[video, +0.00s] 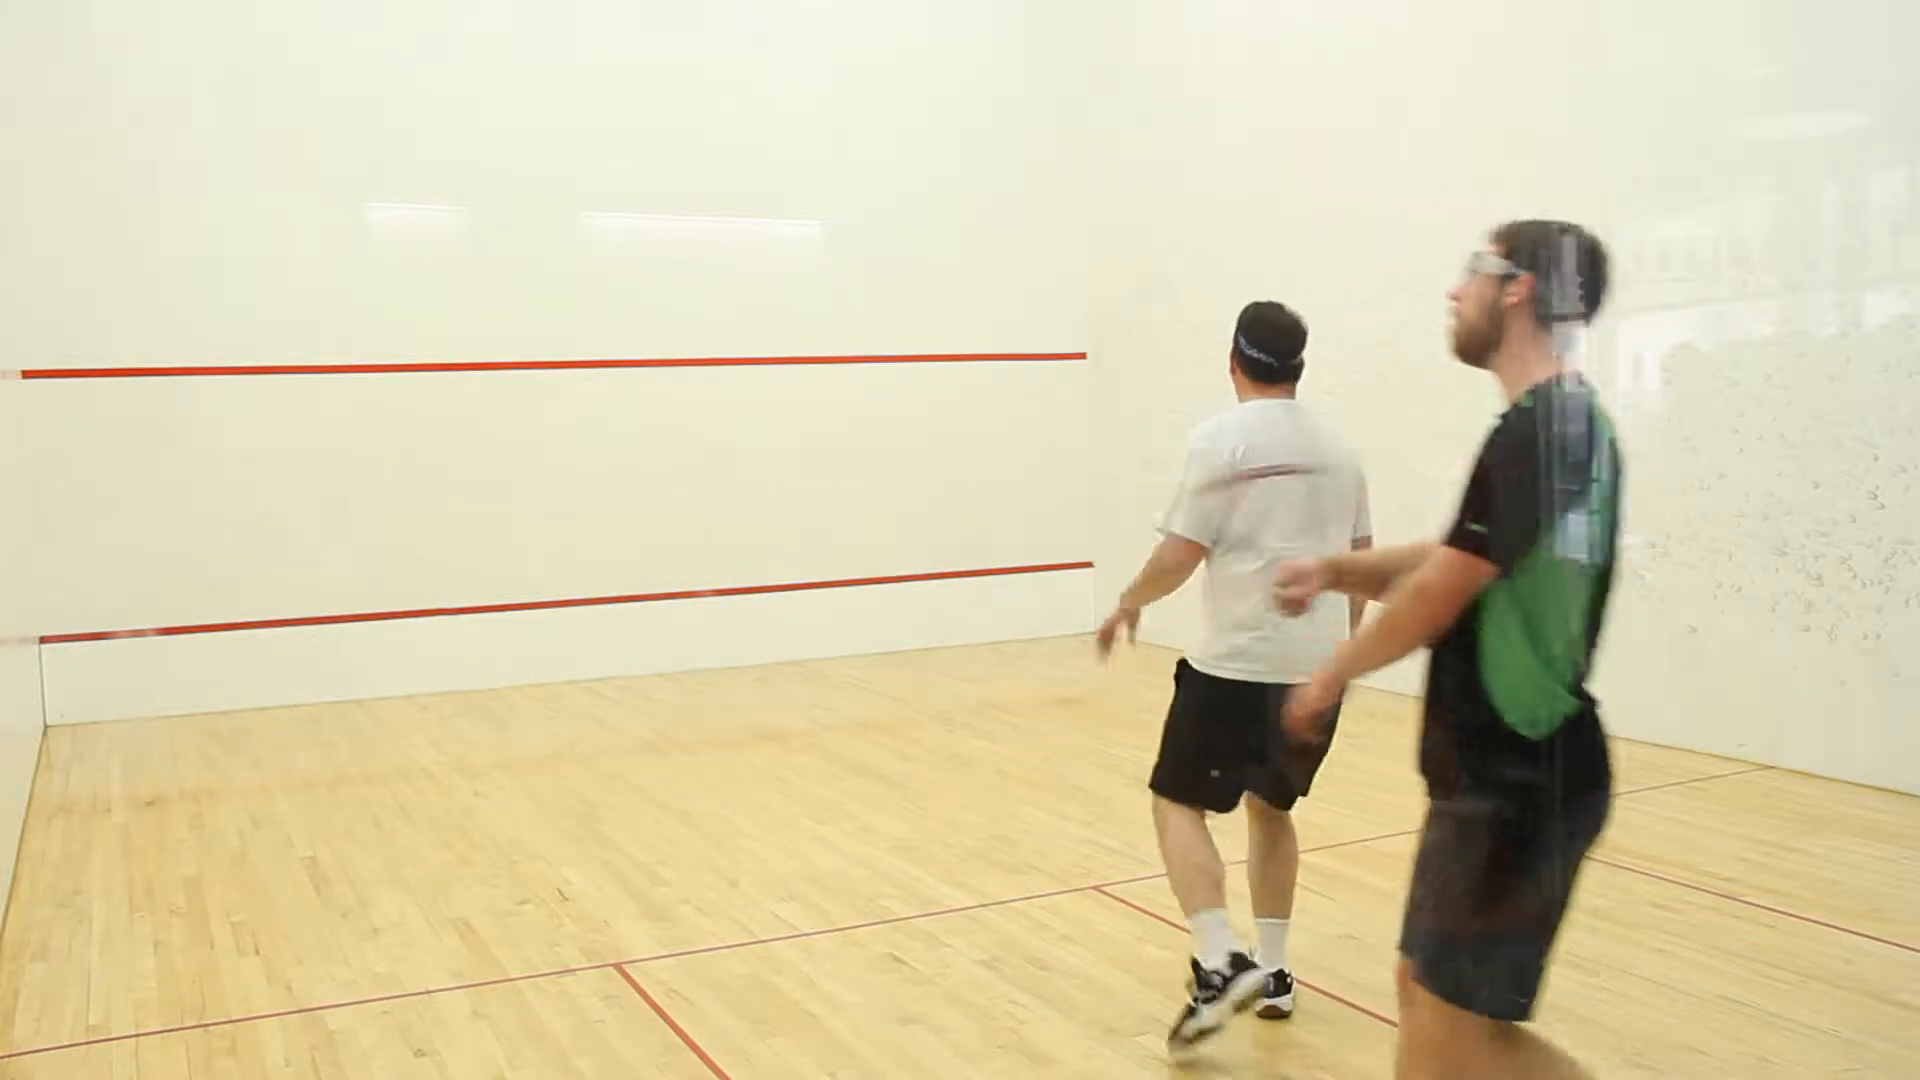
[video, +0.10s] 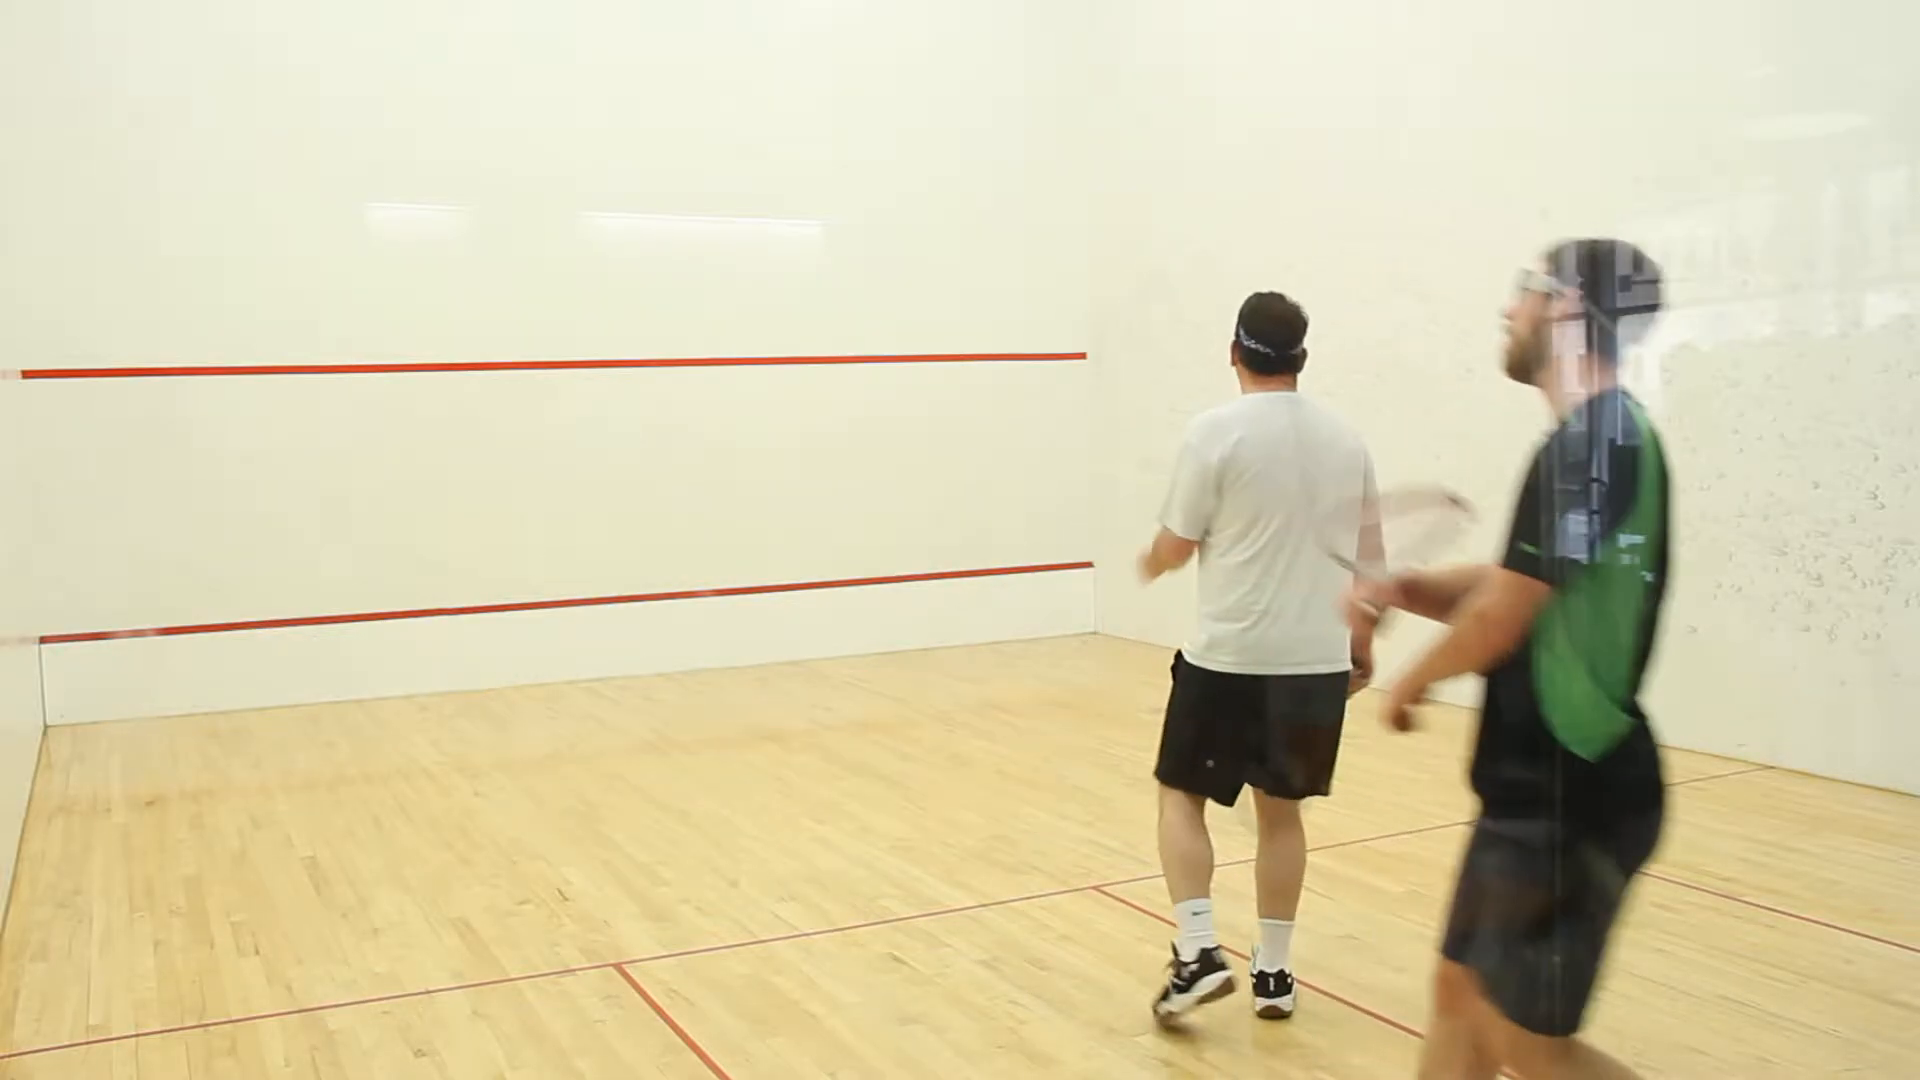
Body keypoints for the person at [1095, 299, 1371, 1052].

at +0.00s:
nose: (1232, 367)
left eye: (1232, 355)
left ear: (1236, 361)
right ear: (1300, 366)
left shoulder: (1222, 441)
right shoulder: (1339, 450)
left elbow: (1180, 555)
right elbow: (1363, 568)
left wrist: (1132, 601)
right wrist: (1349, 651)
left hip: (1228, 671)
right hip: (1315, 675)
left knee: (1176, 799)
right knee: (1271, 806)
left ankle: (1222, 961)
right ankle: (1274, 970)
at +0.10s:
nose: (1231, 357)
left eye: (1232, 348)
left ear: (1236, 353)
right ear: (1302, 356)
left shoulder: (1216, 435)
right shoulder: (1346, 442)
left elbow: (1178, 545)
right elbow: (1372, 562)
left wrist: (1152, 561)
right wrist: (1361, 640)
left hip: (1223, 667)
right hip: (1314, 669)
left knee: (1182, 792)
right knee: (1281, 807)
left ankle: (1198, 954)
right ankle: (1274, 974)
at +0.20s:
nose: (1241, 354)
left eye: (1239, 345)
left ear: (1236, 351)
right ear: (1303, 353)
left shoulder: (1205, 430)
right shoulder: (1347, 435)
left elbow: (1165, 531)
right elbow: (1379, 545)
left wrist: (1221, 505)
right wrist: (1385, 631)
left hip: (1220, 657)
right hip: (1310, 661)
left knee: (1203, 794)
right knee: (1287, 808)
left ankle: (1184, 952)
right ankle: (1273, 973)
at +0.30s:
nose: (1252, 355)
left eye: (1245, 344)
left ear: (1239, 351)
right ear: (1306, 351)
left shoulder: (1202, 427)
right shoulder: (1344, 429)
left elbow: (1159, 520)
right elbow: (1385, 539)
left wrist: (1229, 521)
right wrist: (1403, 625)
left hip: (1217, 652)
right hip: (1306, 656)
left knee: (1217, 789)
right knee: (1287, 809)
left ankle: (1203, 944)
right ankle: (1273, 974)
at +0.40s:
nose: (1294, 356)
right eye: (1306, 346)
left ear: (1241, 353)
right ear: (1308, 353)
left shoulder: (1201, 430)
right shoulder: (1342, 432)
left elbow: (1172, 529)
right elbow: (1384, 542)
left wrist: (1244, 534)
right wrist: (1415, 628)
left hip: (1215, 653)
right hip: (1302, 658)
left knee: (1221, 790)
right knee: (1286, 811)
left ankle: (1209, 946)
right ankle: (1271, 968)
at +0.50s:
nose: (1318, 357)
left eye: (1310, 347)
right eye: (1316, 348)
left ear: (1247, 355)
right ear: (1308, 355)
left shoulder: (1210, 434)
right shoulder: (1333, 431)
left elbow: (1181, 536)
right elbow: (1366, 543)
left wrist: (1258, 531)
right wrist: (1415, 635)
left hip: (1214, 655)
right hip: (1301, 657)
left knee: (1225, 787)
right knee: (1314, 792)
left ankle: (1210, 943)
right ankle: (1274, 928)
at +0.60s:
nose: (1329, 354)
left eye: (1322, 343)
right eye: (1326, 344)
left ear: (1260, 356)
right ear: (1316, 352)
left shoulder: (1223, 427)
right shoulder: (1331, 428)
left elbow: (1197, 526)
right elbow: (1350, 544)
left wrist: (1276, 509)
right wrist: (1397, 648)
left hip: (1227, 646)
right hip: (1308, 648)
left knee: (1233, 778)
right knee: (1362, 765)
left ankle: (1211, 943)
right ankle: (1298, 913)